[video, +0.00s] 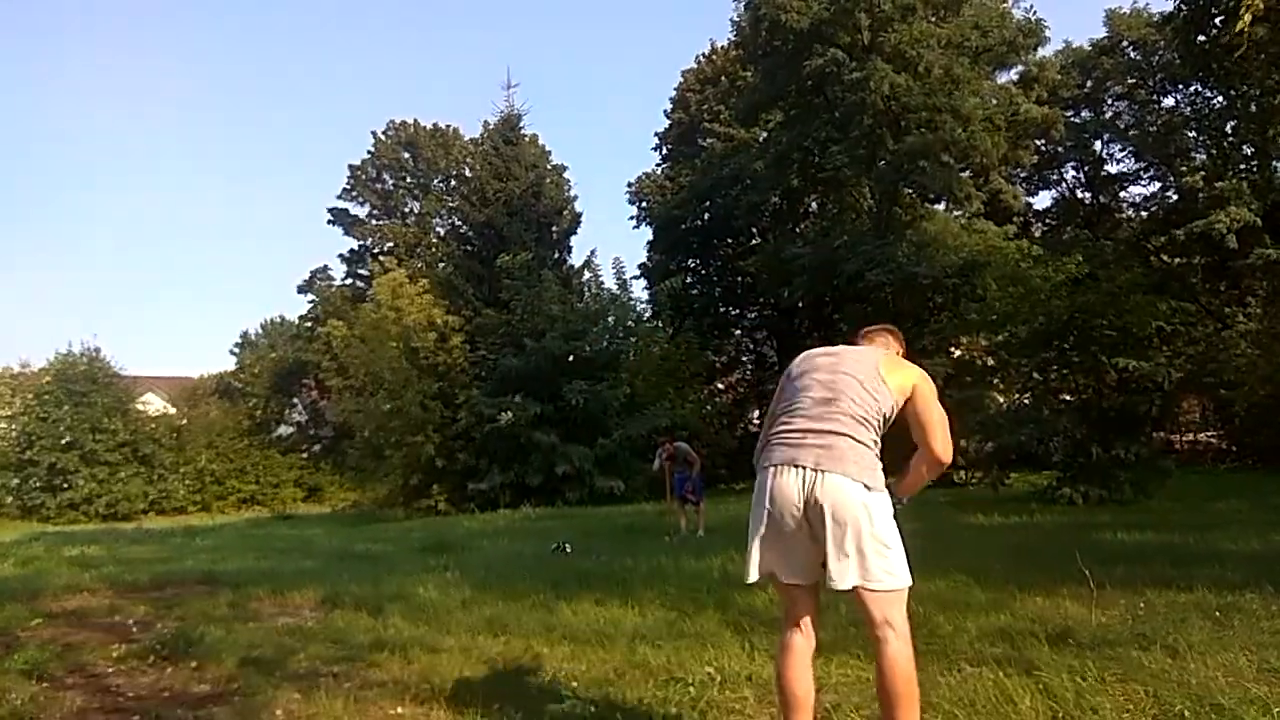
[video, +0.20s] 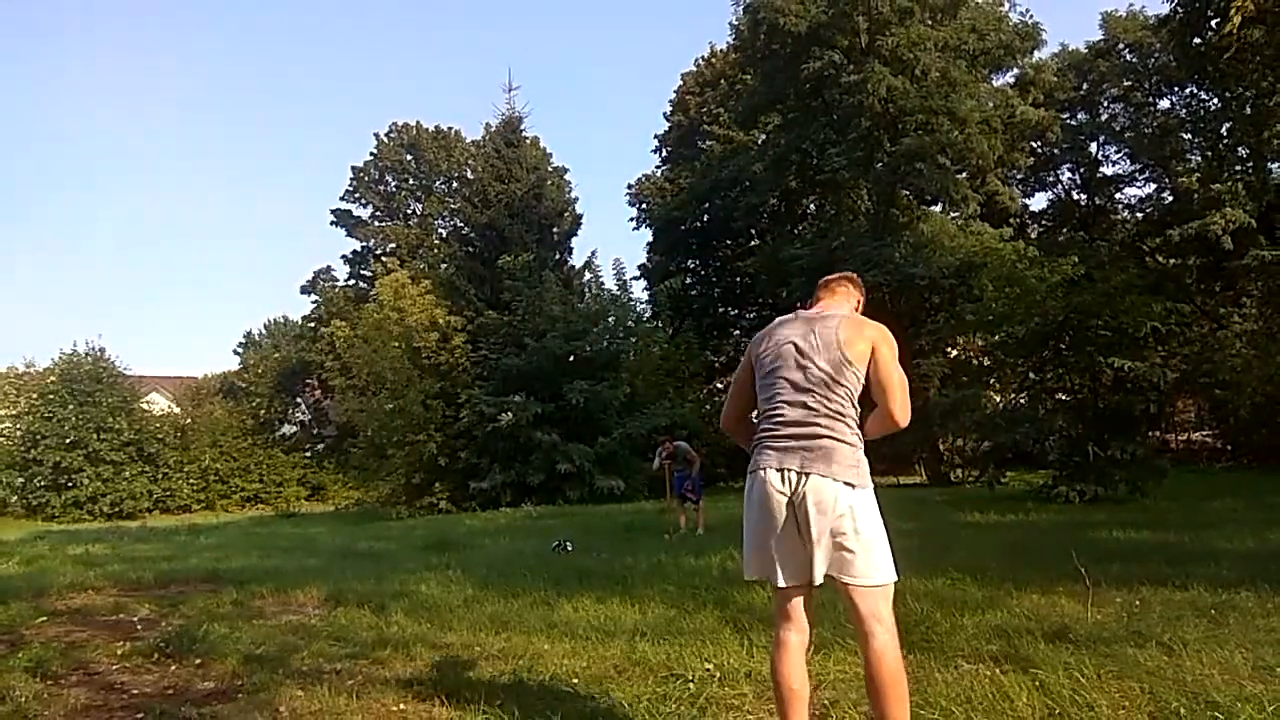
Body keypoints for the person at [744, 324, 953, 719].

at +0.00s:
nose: (900, 365)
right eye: (902, 359)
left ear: (856, 342)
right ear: (898, 353)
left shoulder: (803, 360)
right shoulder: (908, 372)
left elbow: (768, 432)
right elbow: (939, 453)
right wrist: (902, 489)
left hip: (777, 483)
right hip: (850, 487)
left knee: (797, 623)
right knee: (889, 628)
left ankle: (796, 715)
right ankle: (904, 714)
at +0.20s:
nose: (860, 313)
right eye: (861, 307)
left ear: (811, 302)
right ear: (857, 303)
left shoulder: (767, 334)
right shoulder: (871, 331)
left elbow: (731, 420)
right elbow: (896, 413)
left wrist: (776, 446)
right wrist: (848, 433)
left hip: (768, 481)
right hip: (838, 482)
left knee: (789, 621)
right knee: (877, 622)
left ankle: (794, 716)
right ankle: (895, 715)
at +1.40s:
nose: (808, 288)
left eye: (805, 283)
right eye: (809, 282)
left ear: (758, 279)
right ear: (802, 279)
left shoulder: (712, 333)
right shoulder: (821, 325)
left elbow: (703, 418)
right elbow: (889, 395)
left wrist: (760, 413)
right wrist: (855, 383)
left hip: (750, 490)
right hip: (819, 486)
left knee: (778, 628)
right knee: (865, 624)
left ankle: (789, 718)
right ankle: (886, 716)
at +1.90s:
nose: (810, 287)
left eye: (807, 281)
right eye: (809, 280)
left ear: (758, 278)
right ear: (800, 275)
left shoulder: (713, 334)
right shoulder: (822, 324)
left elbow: (703, 421)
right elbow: (852, 411)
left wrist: (760, 421)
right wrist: (889, 400)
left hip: (754, 489)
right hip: (823, 485)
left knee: (778, 628)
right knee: (866, 625)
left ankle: (789, 718)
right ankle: (887, 716)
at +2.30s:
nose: (815, 289)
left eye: (814, 282)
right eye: (816, 281)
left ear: (764, 275)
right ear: (807, 276)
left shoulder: (714, 335)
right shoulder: (821, 321)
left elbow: (710, 423)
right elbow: (850, 409)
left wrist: (760, 412)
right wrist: (859, 380)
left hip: (754, 489)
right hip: (823, 486)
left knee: (778, 629)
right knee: (866, 625)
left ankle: (789, 719)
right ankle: (887, 716)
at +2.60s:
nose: (814, 289)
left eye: (814, 283)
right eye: (815, 282)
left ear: (764, 274)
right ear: (806, 277)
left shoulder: (714, 335)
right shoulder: (819, 321)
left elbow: (715, 422)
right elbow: (852, 410)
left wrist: (765, 400)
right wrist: (860, 380)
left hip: (755, 489)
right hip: (824, 485)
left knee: (778, 630)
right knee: (867, 626)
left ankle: (790, 719)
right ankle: (887, 716)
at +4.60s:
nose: (837, 269)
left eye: (834, 259)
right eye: (829, 260)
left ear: (782, 277)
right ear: (810, 269)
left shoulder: (753, 324)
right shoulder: (852, 312)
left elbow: (775, 313)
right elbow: (925, 354)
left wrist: (825, 284)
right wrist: (891, 292)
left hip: (786, 481)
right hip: (857, 480)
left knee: (796, 626)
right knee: (884, 630)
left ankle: (797, 719)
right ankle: (896, 718)